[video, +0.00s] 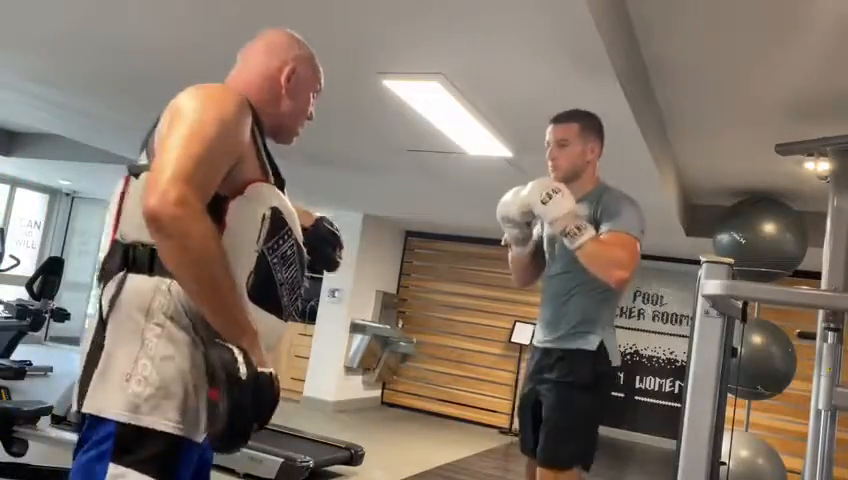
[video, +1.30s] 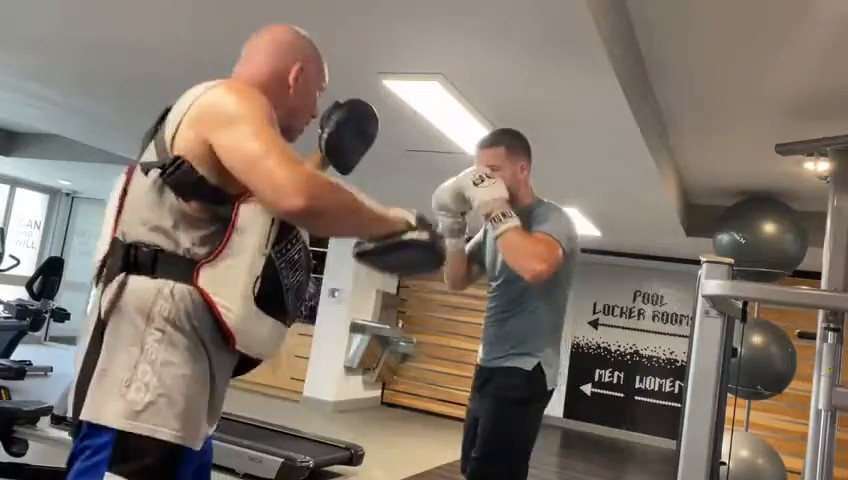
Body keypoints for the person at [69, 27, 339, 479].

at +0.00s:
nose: (313, 113)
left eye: (317, 99)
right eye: (315, 94)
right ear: (287, 77)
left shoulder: (248, 142)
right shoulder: (218, 103)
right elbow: (172, 206)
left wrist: (297, 221)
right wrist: (247, 341)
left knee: (184, 465)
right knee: (132, 467)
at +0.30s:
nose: (304, 95)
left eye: (310, 80)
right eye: (307, 76)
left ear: (239, 47)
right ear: (283, 57)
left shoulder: (197, 91)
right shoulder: (221, 91)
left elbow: (236, 174)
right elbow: (193, 217)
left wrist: (311, 146)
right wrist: (258, 368)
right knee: (141, 467)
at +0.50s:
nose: (319, 110)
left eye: (325, 100)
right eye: (322, 95)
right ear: (295, 77)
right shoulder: (229, 100)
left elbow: (274, 197)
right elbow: (186, 200)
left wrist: (331, 147)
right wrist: (239, 348)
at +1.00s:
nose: (343, 143)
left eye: (349, 132)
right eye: (345, 126)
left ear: (316, 108)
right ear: (323, 107)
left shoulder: (290, 170)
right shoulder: (265, 112)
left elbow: (298, 242)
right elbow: (209, 166)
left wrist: (353, 195)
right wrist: (277, 285)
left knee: (202, 462)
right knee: (147, 463)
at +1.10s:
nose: (336, 135)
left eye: (341, 124)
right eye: (338, 118)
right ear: (316, 98)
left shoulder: (281, 166)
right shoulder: (258, 106)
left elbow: (290, 236)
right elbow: (230, 174)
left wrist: (347, 181)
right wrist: (328, 282)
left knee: (203, 460)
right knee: (142, 464)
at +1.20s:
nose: (326, 123)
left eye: (330, 112)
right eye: (327, 107)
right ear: (305, 88)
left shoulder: (256, 141)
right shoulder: (238, 106)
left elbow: (277, 223)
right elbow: (263, 190)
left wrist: (336, 169)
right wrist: (364, 255)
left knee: (199, 464)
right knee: (137, 466)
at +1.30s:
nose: (317, 110)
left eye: (323, 98)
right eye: (320, 94)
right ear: (295, 76)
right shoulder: (229, 102)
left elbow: (255, 212)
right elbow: (298, 195)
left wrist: (324, 160)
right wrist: (395, 222)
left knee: (185, 466)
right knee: (132, 466)